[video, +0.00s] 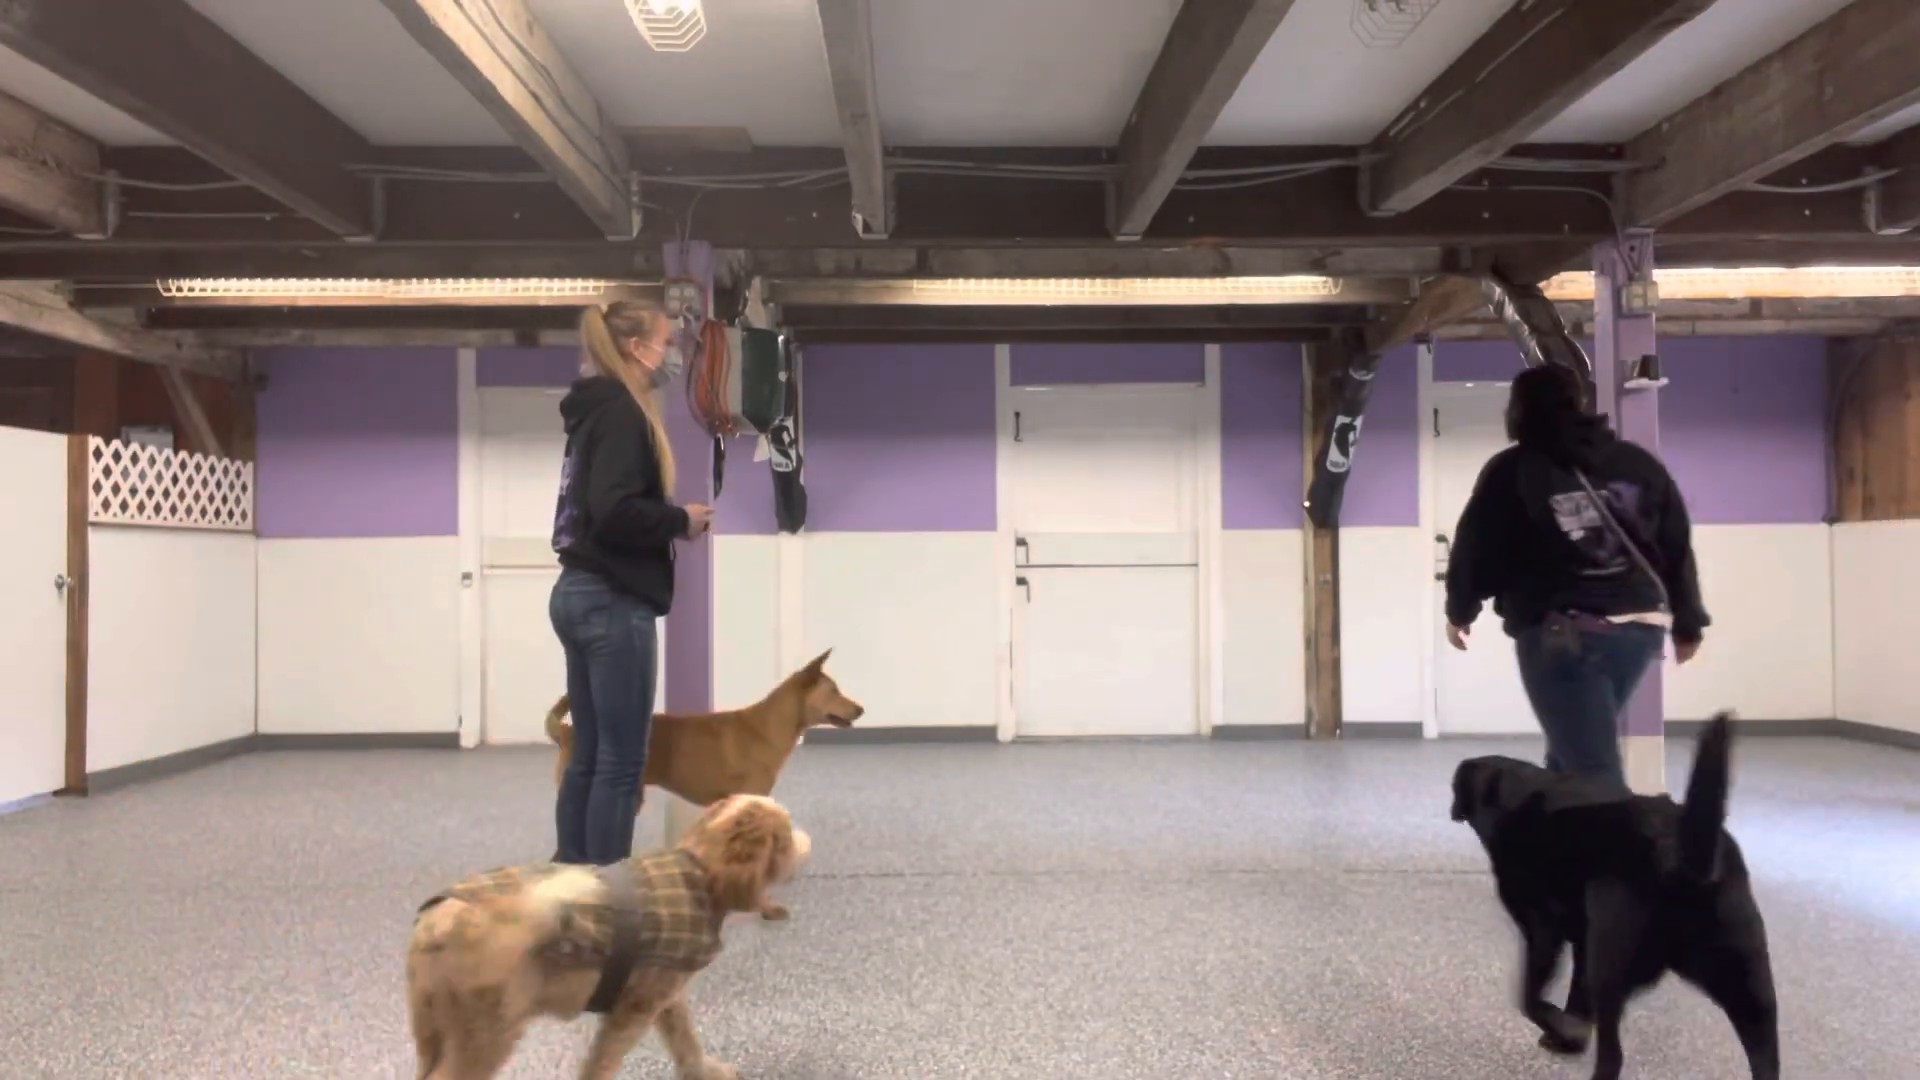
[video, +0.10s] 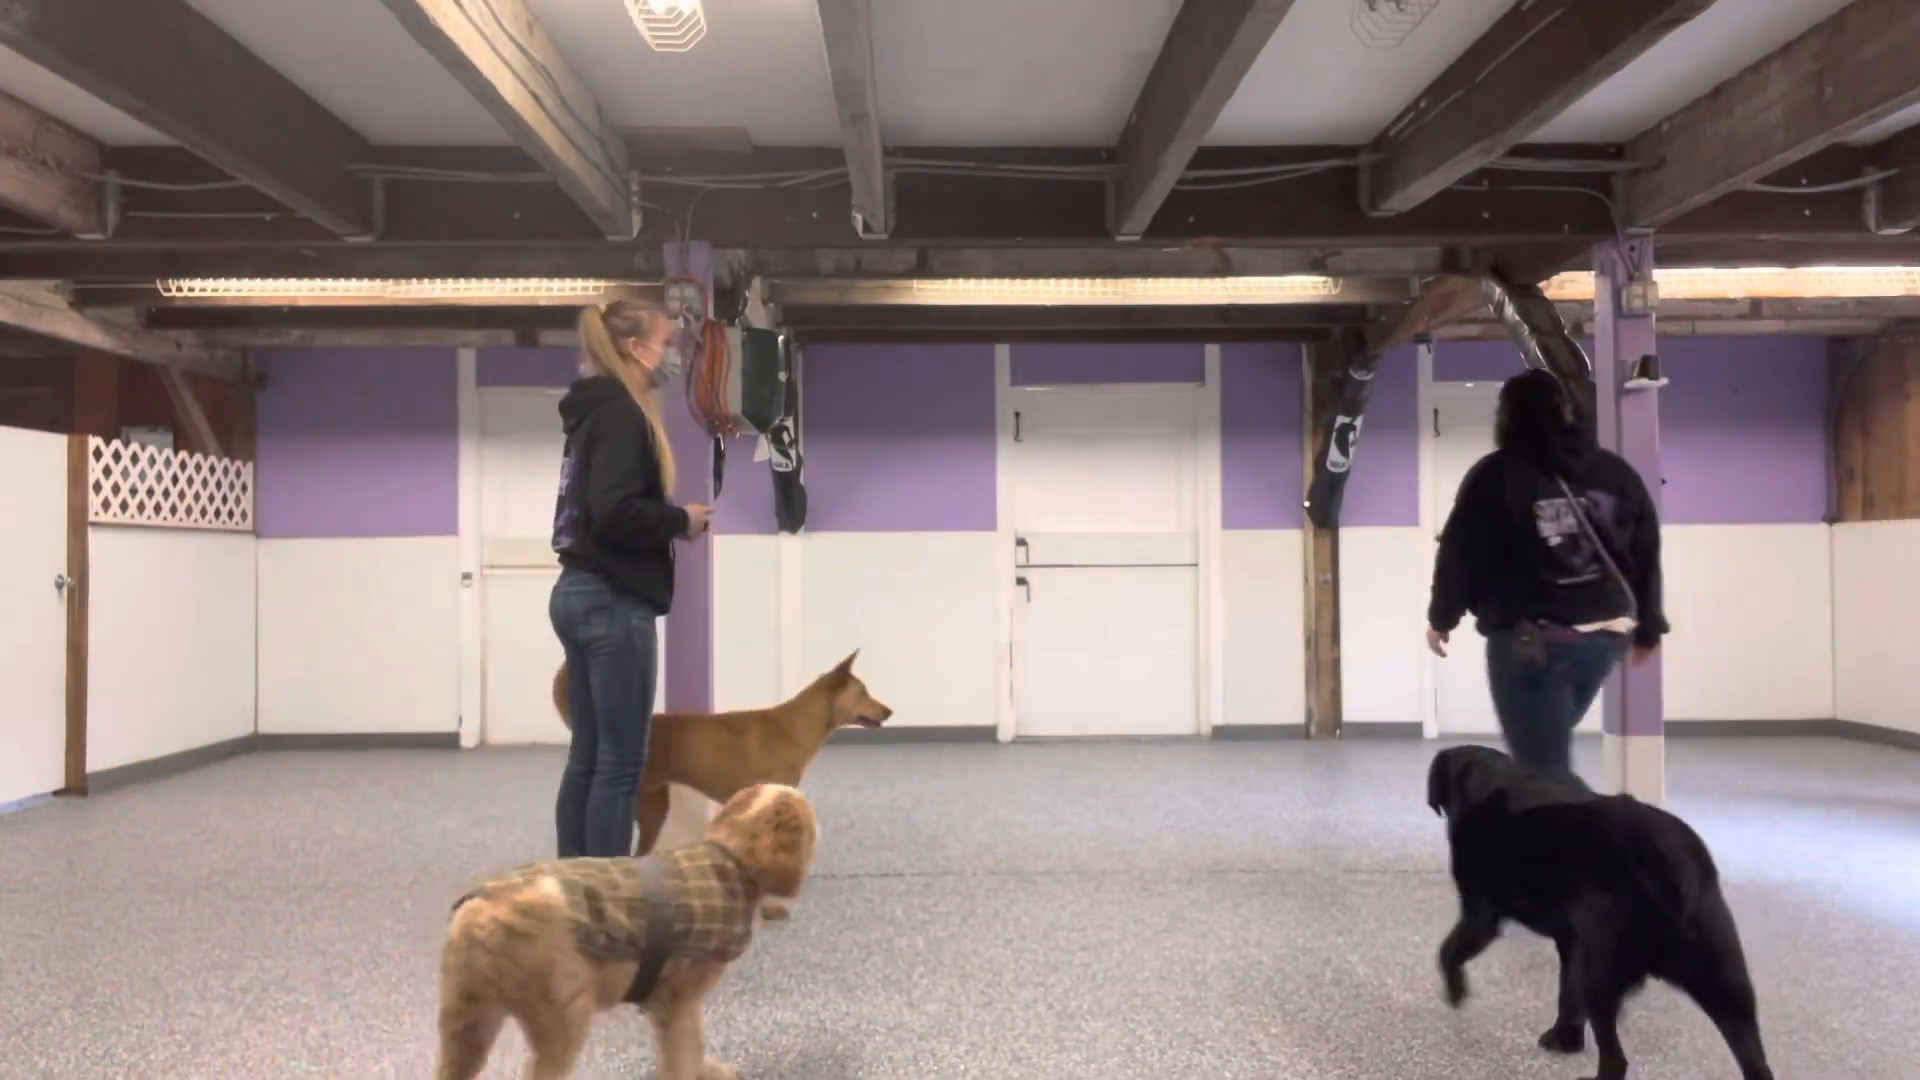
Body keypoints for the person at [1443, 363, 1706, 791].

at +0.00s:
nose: (1509, 415)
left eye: (1513, 407)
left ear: (1522, 412)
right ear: (1578, 406)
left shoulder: (1510, 470)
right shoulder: (1637, 461)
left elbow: (1474, 550)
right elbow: (1676, 547)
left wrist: (1460, 612)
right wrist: (1688, 622)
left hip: (1557, 633)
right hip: (1641, 631)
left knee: (1597, 778)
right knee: (1568, 763)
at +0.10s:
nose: (1497, 419)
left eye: (1502, 411)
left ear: (1509, 417)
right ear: (1566, 414)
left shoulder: (1494, 475)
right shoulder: (1612, 470)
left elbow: (1460, 552)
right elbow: (1646, 551)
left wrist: (1442, 616)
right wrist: (1649, 625)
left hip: (1529, 642)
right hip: (1604, 641)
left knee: (1546, 772)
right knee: (1539, 754)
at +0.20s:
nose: (1478, 415)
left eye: (1482, 409)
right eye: (1482, 408)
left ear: (1488, 414)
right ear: (1536, 410)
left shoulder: (1473, 470)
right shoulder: (1579, 465)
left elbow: (1439, 549)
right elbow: (1609, 544)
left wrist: (1416, 617)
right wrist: (1595, 608)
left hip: (1495, 634)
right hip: (1571, 630)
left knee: (1474, 750)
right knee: (1531, 745)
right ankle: (1552, 840)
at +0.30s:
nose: (1461, 415)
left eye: (1463, 409)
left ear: (1469, 413)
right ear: (1517, 408)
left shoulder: (1454, 467)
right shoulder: (1563, 466)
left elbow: (1421, 546)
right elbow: (1582, 547)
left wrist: (1397, 613)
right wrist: (1564, 604)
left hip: (1468, 630)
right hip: (1547, 629)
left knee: (1436, 735)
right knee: (1530, 748)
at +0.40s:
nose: (1435, 424)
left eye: (1438, 417)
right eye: (1437, 416)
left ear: (1448, 421)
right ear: (1492, 415)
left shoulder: (1435, 472)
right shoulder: (1538, 469)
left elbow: (1407, 553)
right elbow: (1558, 549)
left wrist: (1378, 617)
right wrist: (1531, 597)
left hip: (1448, 633)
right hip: (1526, 630)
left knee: (1408, 739)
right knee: (1528, 748)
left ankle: (1403, 842)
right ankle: (1558, 851)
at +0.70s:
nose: (1366, 441)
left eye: (1368, 433)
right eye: (1367, 433)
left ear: (1375, 437)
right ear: (1420, 428)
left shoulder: (1370, 488)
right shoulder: (1466, 479)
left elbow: (1352, 565)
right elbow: (1488, 551)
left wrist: (1333, 622)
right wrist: (1487, 613)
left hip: (1386, 633)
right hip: (1460, 631)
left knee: (1361, 739)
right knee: (1466, 738)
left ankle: (1358, 839)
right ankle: (1519, 820)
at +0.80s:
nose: (1340, 434)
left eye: (1342, 426)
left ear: (1344, 431)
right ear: (1390, 423)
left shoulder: (1338, 483)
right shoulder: (1439, 471)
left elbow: (1314, 554)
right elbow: (1466, 539)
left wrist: (1298, 616)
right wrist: (1467, 602)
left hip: (1363, 623)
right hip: (1434, 621)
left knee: (1356, 736)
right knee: (1423, 724)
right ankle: (1476, 781)